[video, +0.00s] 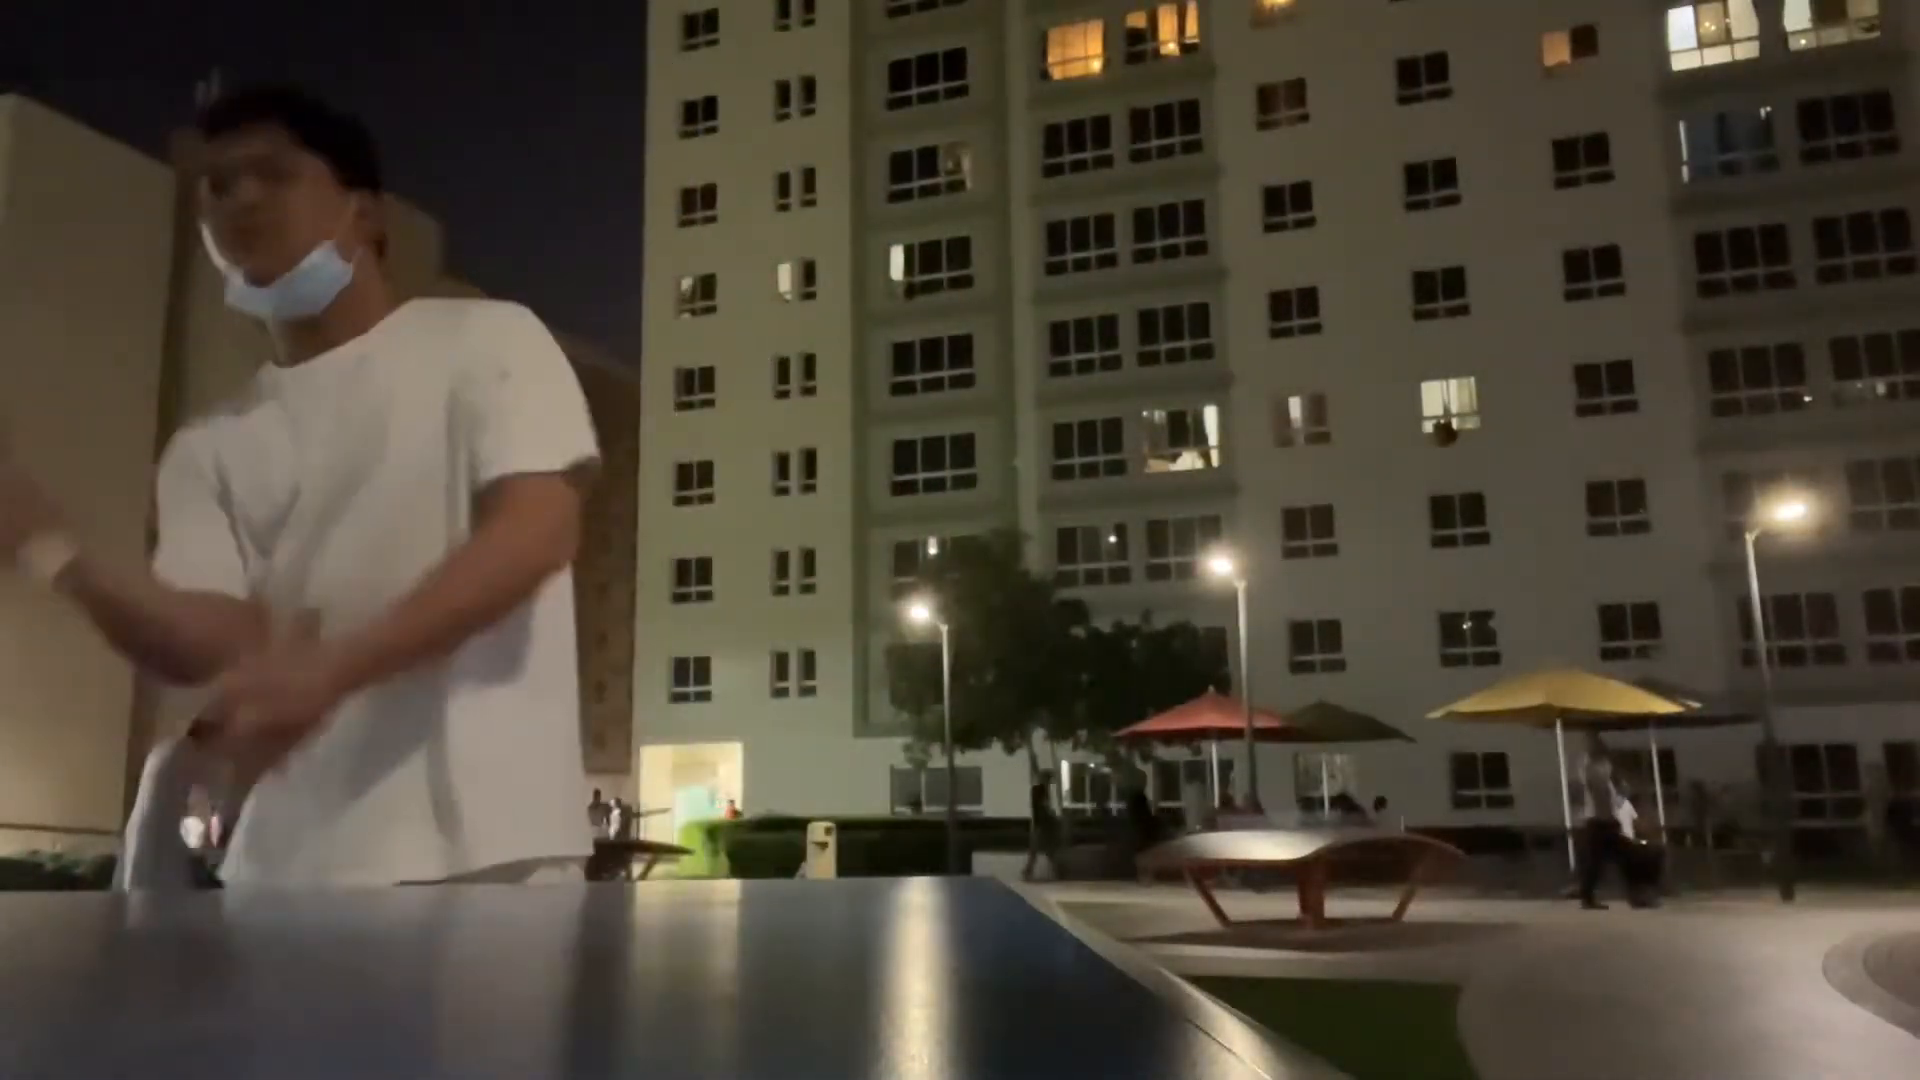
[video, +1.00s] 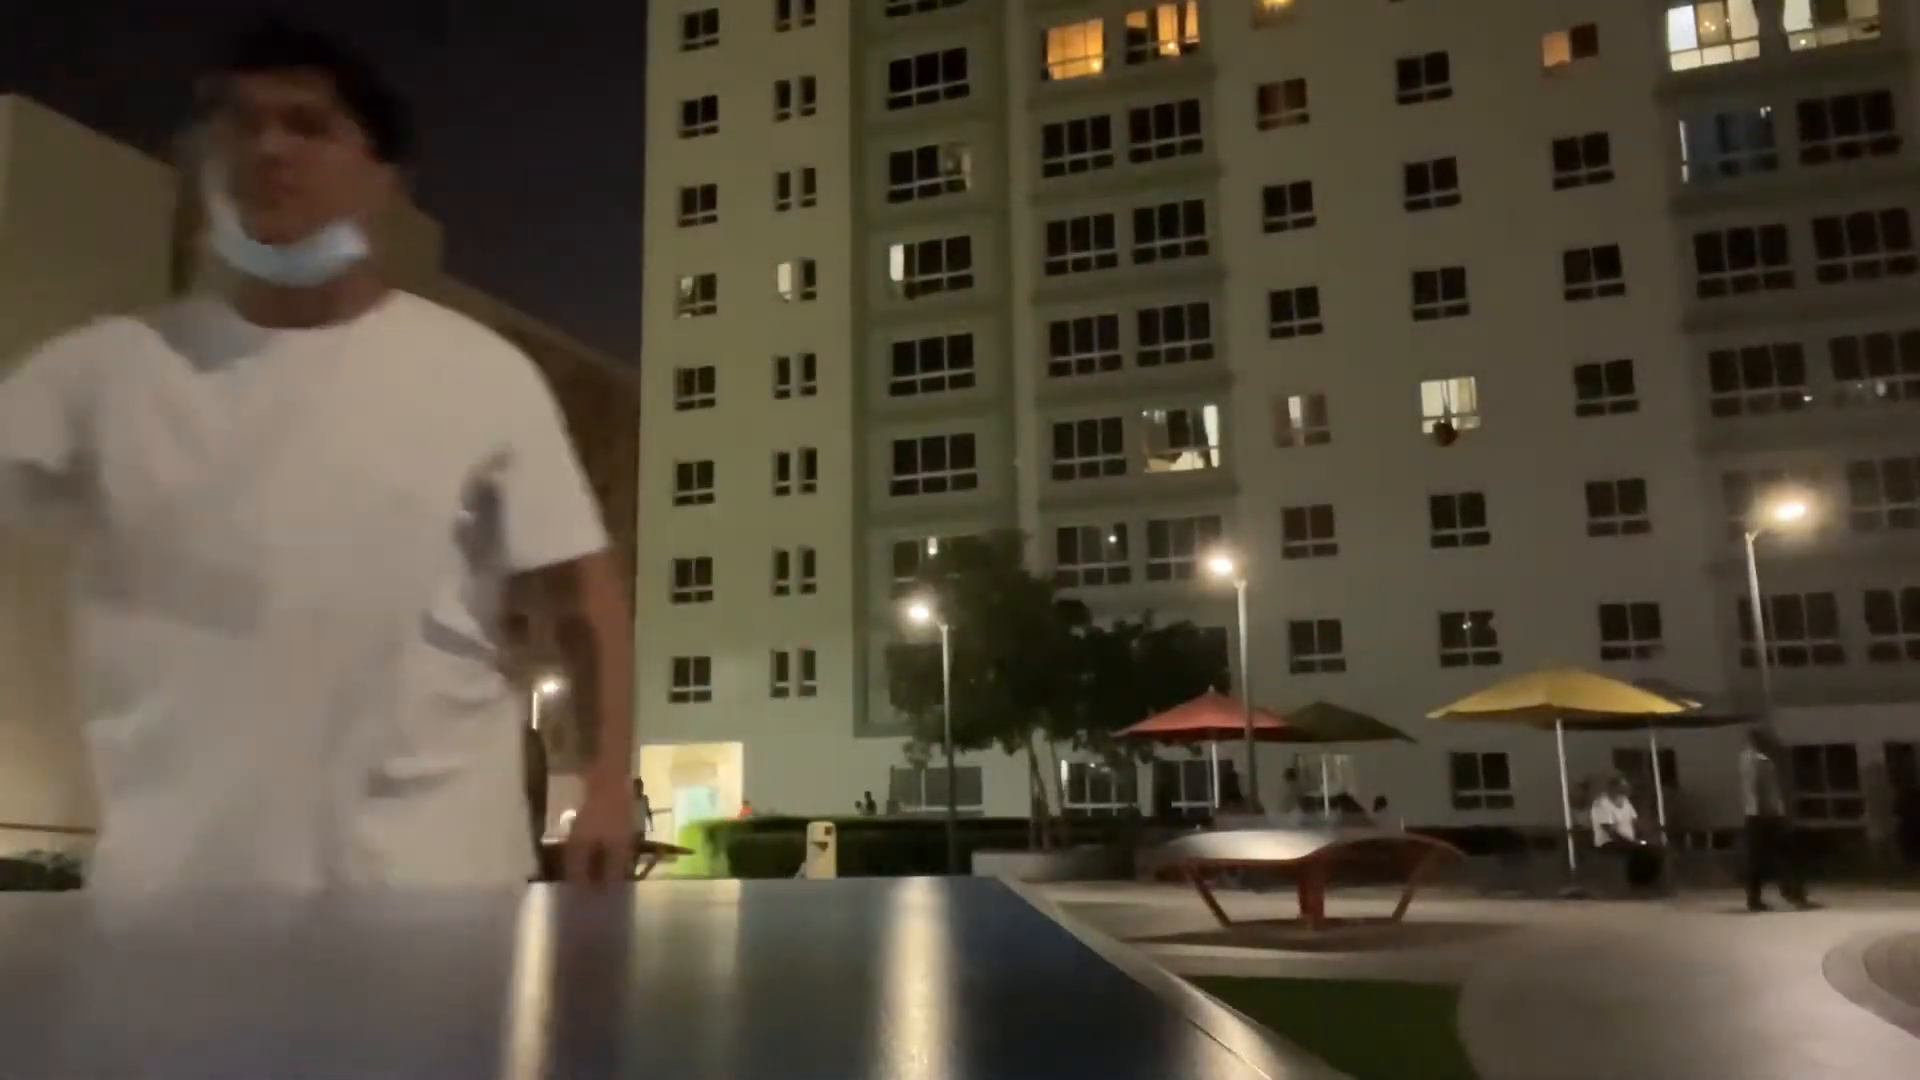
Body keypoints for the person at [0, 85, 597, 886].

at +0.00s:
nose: (242, 202)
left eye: (273, 172)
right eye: (218, 187)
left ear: (363, 213)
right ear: (206, 232)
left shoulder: (488, 341)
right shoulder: (208, 451)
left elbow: (538, 529)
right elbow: (210, 645)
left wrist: (328, 672)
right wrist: (54, 549)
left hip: (486, 867)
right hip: (288, 881)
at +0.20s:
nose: (397, 166)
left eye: (429, 144)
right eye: (370, 146)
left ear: (492, 197)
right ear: (340, 190)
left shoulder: (595, 382)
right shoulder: (264, 391)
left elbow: (677, 597)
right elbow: (226, 622)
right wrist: (198, 591)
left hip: (524, 864)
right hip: (303, 866)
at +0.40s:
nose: (445, 163)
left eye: (479, 142)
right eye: (417, 138)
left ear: (539, 199)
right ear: (379, 183)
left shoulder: (630, 380)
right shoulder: (299, 389)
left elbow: (713, 600)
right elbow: (181, 599)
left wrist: (734, 791)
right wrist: (236, 614)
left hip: (576, 861)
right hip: (354, 862)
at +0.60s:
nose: (363, 247)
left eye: (403, 215)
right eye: (349, 215)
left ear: (495, 242)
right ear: (326, 232)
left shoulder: (616, 414)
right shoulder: (284, 426)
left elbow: (741, 623)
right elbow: (45, 496)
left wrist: (754, 849)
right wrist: (73, 599)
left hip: (594, 866)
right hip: (374, 862)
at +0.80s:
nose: (145, 130)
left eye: (189, 102)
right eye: (116, 99)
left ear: (274, 159)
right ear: (84, 135)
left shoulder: (393, 356)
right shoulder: (27, 351)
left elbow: (532, 588)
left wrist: (569, 764)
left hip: (418, 884)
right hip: (157, 899)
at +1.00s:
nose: (267, 150)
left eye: (307, 126)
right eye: (237, 124)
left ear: (382, 174)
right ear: (199, 161)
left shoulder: (481, 380)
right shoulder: (106, 376)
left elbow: (590, 592)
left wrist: (609, 783)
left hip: (429, 892)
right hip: (177, 891)